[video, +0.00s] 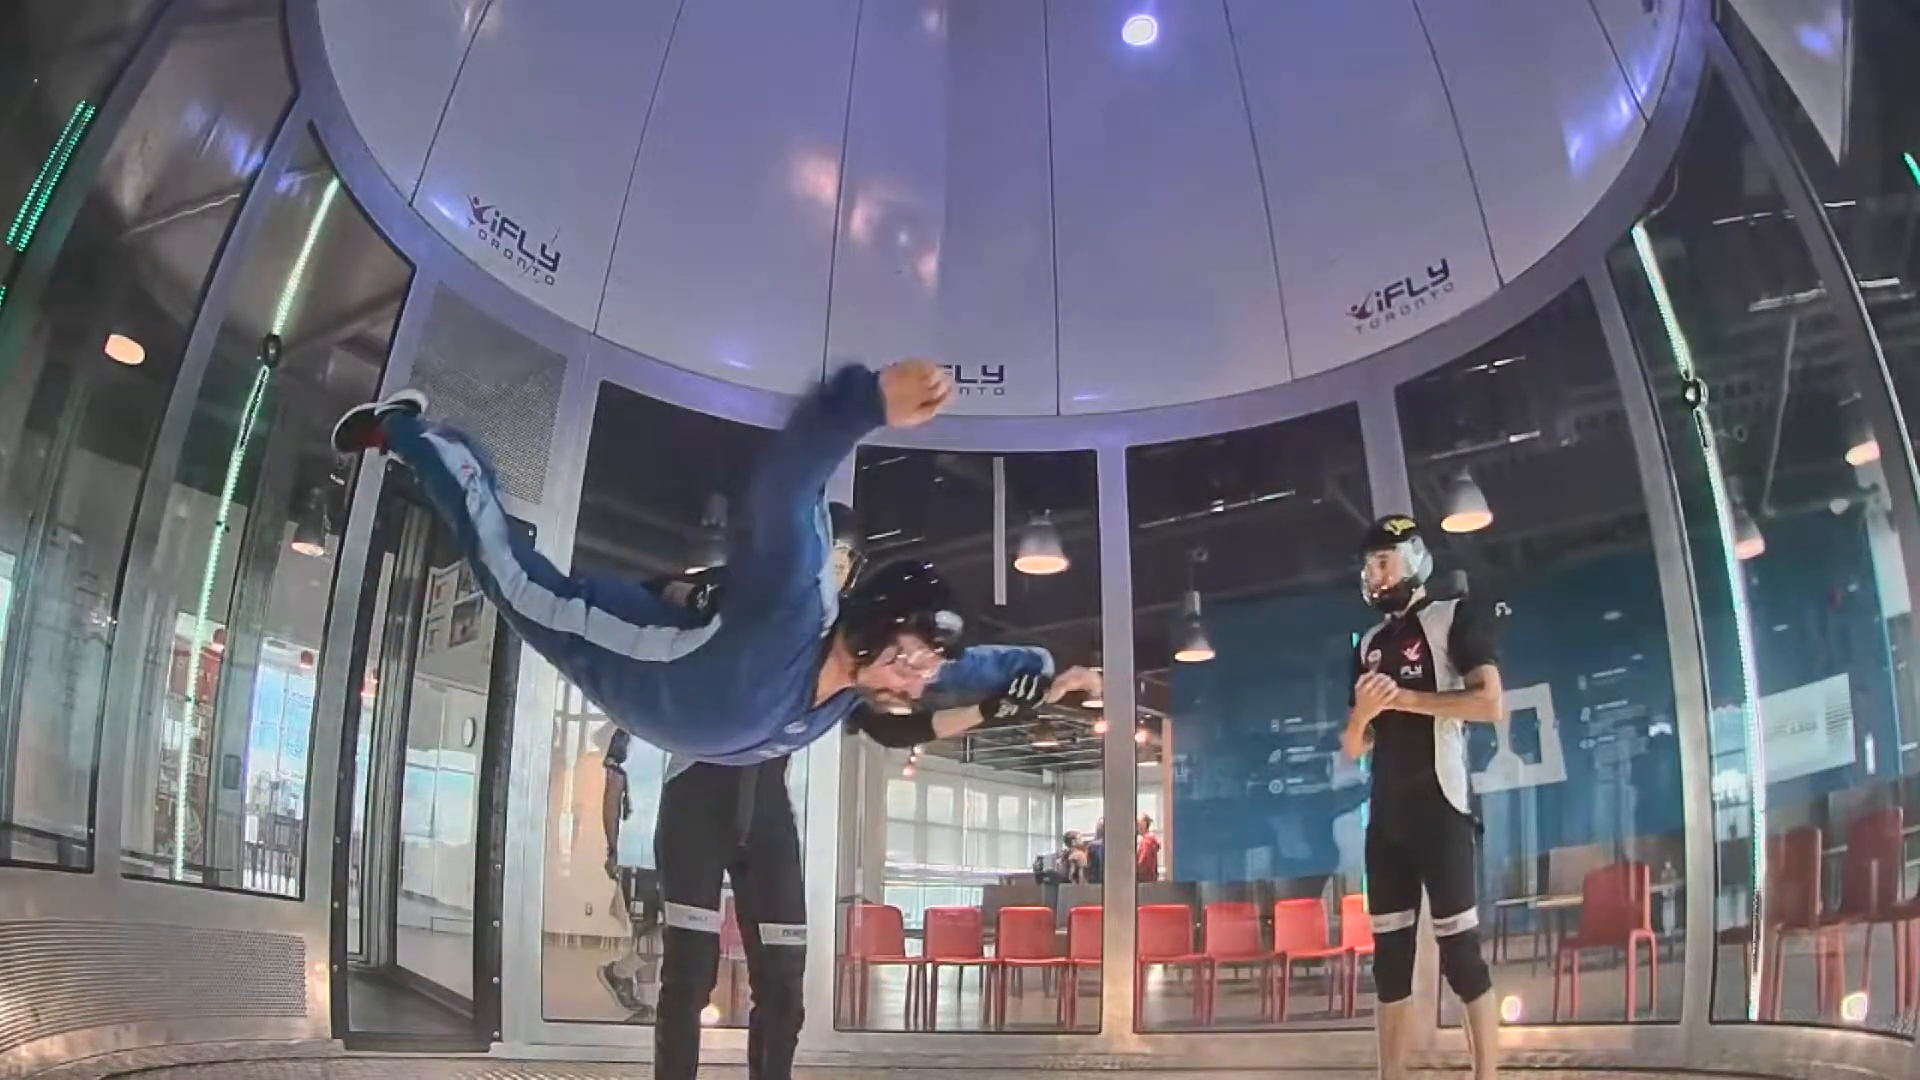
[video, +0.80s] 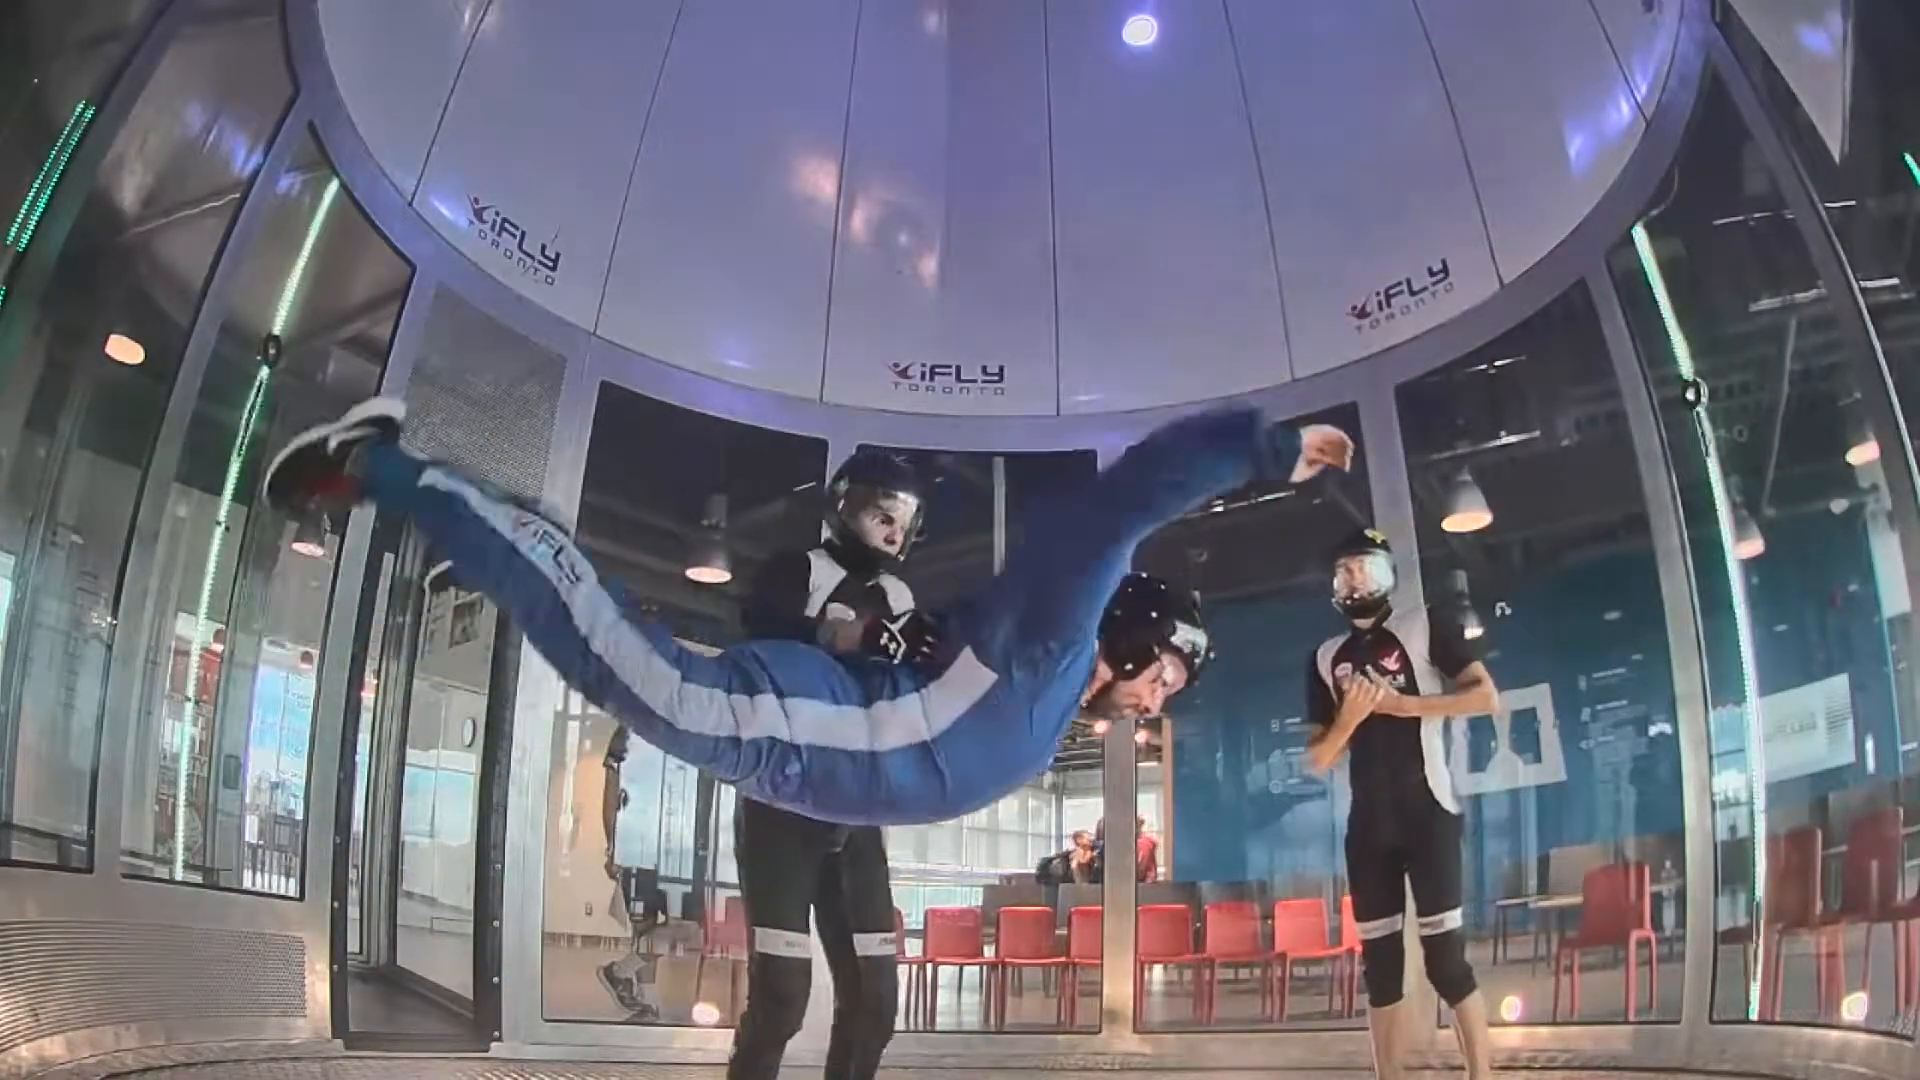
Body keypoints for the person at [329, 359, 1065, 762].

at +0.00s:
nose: (914, 674)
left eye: (926, 667)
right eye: (910, 651)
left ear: (918, 677)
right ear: (876, 624)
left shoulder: (848, 692)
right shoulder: (793, 614)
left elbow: (955, 678)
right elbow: (780, 493)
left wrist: (1040, 669)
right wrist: (864, 403)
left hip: (659, 670)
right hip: (610, 637)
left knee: (560, 601)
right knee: (503, 559)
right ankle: (412, 430)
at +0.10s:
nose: (987, 665)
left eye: (1005, 661)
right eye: (992, 641)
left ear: (985, 671)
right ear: (956, 609)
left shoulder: (886, 695)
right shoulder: (859, 586)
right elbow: (846, 458)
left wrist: (1069, 635)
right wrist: (934, 357)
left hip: (661, 707)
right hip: (630, 648)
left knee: (568, 650)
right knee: (507, 585)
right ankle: (391, 482)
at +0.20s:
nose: (1024, 655)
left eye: (1039, 644)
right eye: (1022, 631)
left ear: (1014, 641)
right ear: (982, 597)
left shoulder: (929, 673)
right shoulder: (886, 578)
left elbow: (1017, 625)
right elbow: (882, 447)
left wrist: (1092, 617)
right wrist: (970, 345)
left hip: (692, 722)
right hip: (659, 658)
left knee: (585, 674)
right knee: (510, 599)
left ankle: (548, 699)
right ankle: (367, 516)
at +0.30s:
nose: (1069, 659)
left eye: (1084, 649)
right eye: (1073, 636)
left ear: (1060, 630)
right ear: (1041, 596)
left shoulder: (976, 657)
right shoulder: (943, 574)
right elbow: (951, 441)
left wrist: (1134, 584)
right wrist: (1065, 337)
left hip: (732, 728)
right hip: (703, 670)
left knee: (624, 713)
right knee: (527, 651)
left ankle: (553, 714)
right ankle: (339, 587)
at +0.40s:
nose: (1084, 659)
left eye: (1098, 650)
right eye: (1091, 638)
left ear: (1068, 625)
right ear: (1066, 601)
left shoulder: (985, 667)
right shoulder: (969, 573)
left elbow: (870, 614)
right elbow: (974, 441)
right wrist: (1097, 344)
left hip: (744, 727)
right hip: (718, 678)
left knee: (603, 691)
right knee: (541, 665)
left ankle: (532, 701)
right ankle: (335, 615)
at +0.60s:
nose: (1129, 670)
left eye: (1141, 662)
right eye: (1135, 649)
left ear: (1113, 645)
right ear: (1106, 613)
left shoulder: (1021, 680)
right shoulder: (1023, 594)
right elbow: (1054, 463)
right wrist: (1201, 395)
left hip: (794, 712)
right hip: (779, 693)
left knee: (620, 677)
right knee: (597, 694)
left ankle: (419, 602)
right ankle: (340, 601)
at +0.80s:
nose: (1155, 694)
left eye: (1169, 687)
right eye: (1162, 674)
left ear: (1142, 681)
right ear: (1134, 648)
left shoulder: (1040, 712)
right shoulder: (1050, 655)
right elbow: (1121, 509)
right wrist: (1274, 448)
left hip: (778, 731)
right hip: (774, 711)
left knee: (603, 636)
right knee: (615, 654)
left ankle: (406, 475)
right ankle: (387, 472)